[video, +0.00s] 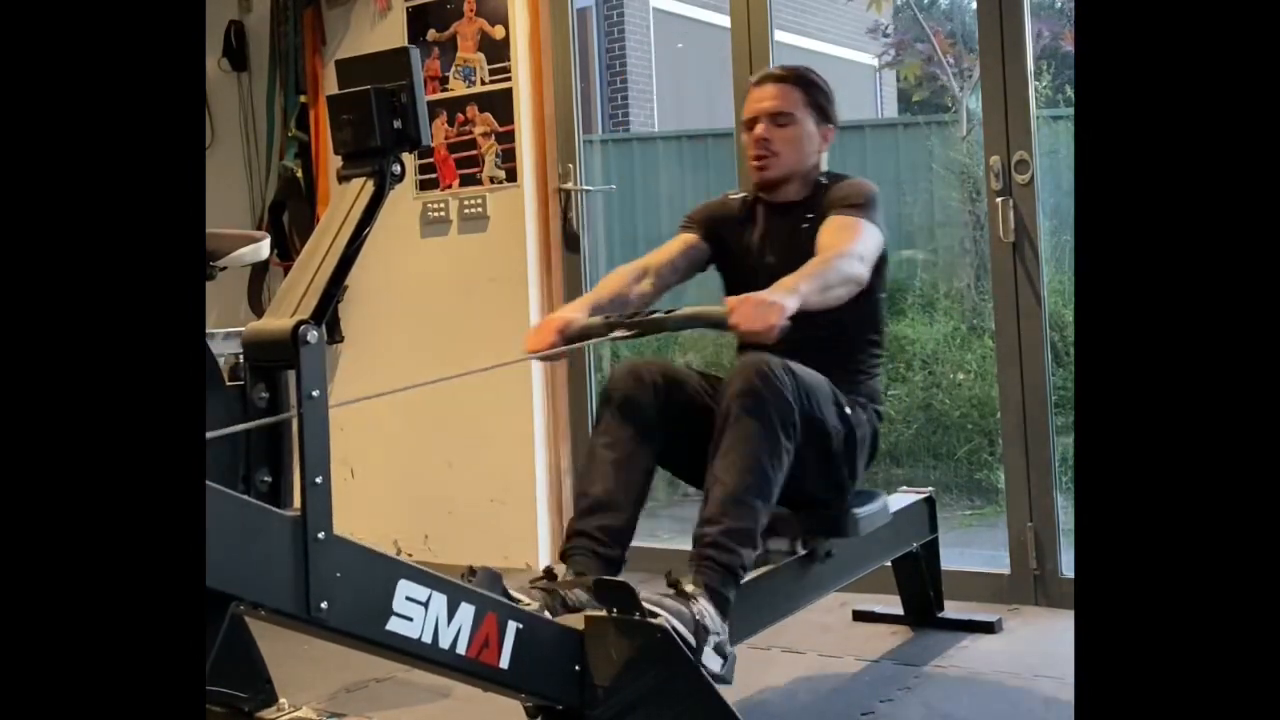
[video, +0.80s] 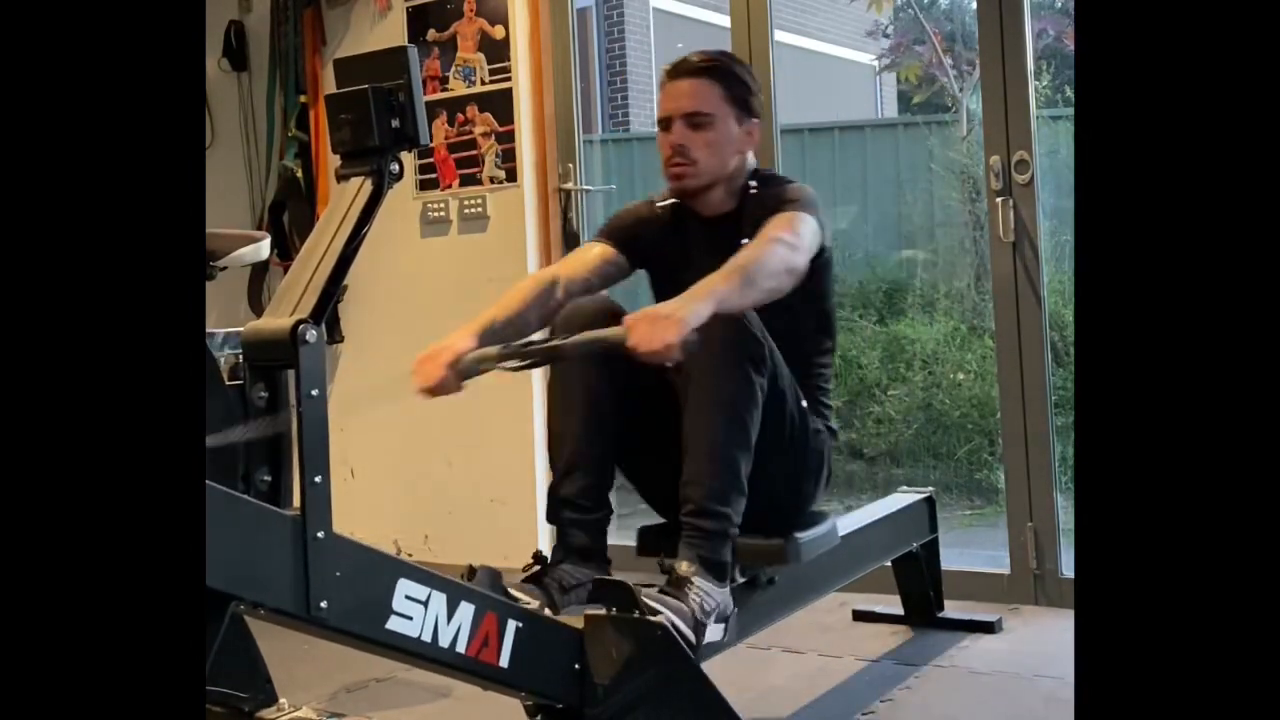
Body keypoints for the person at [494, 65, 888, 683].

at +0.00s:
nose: (758, 135)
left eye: (779, 121)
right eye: (749, 124)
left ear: (825, 136)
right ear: (740, 136)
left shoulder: (851, 200)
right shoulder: (724, 217)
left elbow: (844, 264)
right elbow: (646, 276)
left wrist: (786, 294)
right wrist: (574, 314)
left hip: (836, 438)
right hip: (746, 426)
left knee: (760, 371)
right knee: (637, 381)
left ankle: (707, 606)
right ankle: (582, 580)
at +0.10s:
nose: (793, 144)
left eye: (812, 130)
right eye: (785, 132)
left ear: (855, 142)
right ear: (776, 142)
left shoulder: (881, 203)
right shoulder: (758, 220)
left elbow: (894, 267)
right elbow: (686, 275)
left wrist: (833, 283)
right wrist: (624, 302)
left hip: (855, 403)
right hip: (765, 394)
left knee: (779, 425)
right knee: (662, 423)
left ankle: (710, 618)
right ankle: (587, 584)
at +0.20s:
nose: (824, 164)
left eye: (839, 149)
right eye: (813, 152)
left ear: (880, 155)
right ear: (805, 161)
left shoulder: (909, 221)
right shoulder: (789, 232)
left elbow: (950, 286)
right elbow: (721, 286)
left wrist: (882, 284)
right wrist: (673, 300)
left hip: (863, 403)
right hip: (777, 399)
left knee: (793, 467)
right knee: (684, 467)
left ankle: (719, 621)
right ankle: (589, 591)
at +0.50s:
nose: (785, 166)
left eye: (803, 149)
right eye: (775, 153)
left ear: (847, 152)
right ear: (766, 160)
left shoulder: (894, 229)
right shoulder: (758, 241)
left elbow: (998, 296)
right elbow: (680, 310)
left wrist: (893, 287)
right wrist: (673, 308)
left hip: (851, 445)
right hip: (754, 436)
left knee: (763, 396)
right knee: (660, 391)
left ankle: (714, 617)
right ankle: (592, 580)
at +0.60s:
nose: (757, 151)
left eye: (777, 134)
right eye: (747, 136)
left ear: (820, 143)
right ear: (738, 144)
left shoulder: (862, 212)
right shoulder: (728, 228)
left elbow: (927, 264)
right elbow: (655, 283)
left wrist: (828, 281)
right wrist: (606, 303)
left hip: (831, 457)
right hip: (737, 448)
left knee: (750, 369)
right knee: (635, 364)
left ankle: (712, 608)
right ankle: (592, 572)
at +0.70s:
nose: (719, 142)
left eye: (739, 124)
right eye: (709, 127)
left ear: (786, 134)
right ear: (699, 137)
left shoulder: (823, 201)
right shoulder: (692, 222)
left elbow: (855, 251)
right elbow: (604, 277)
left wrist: (762, 279)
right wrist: (538, 311)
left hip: (806, 472)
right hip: (715, 469)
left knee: (735, 340)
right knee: (610, 349)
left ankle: (707, 592)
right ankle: (581, 573)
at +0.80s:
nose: (675, 142)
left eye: (698, 124)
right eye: (666, 126)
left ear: (749, 134)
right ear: (657, 136)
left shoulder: (791, 206)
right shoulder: (651, 223)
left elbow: (775, 262)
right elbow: (560, 284)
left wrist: (690, 308)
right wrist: (472, 339)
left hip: (779, 477)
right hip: (684, 476)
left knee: (725, 327)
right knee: (585, 318)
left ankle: (703, 578)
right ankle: (577, 565)